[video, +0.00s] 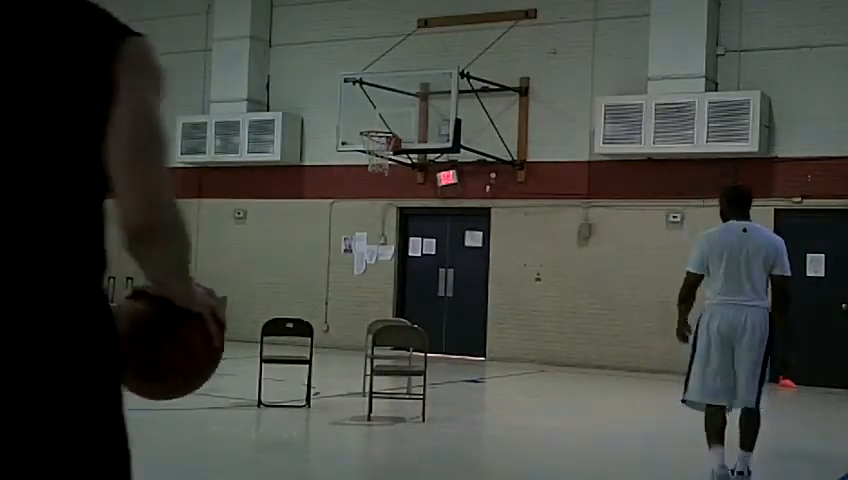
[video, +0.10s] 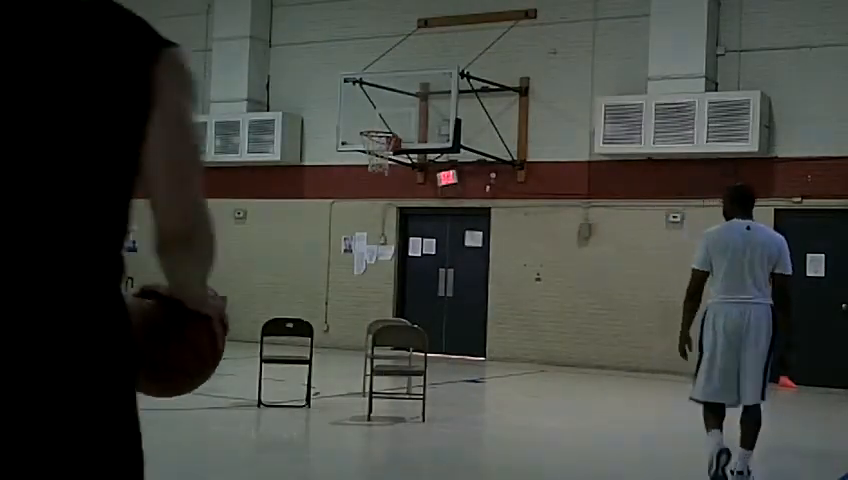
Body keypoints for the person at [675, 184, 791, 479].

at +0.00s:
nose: (719, 210)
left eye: (721, 206)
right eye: (721, 205)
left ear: (724, 208)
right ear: (749, 207)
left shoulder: (710, 240)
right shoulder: (772, 241)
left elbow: (689, 287)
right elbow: (781, 292)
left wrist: (681, 319)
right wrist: (781, 333)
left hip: (716, 319)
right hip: (756, 320)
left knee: (714, 396)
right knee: (751, 397)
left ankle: (717, 466)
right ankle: (743, 466)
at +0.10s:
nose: (722, 208)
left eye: (724, 204)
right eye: (724, 204)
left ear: (728, 207)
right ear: (752, 207)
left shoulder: (713, 236)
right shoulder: (775, 239)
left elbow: (694, 290)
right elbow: (782, 293)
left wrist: (684, 330)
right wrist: (785, 339)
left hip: (719, 317)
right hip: (760, 318)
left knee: (713, 387)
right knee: (754, 394)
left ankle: (716, 446)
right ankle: (741, 466)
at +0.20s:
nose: (722, 207)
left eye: (724, 202)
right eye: (724, 201)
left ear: (731, 204)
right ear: (751, 205)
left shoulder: (714, 236)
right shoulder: (776, 238)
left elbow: (699, 290)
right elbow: (783, 292)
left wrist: (687, 334)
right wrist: (783, 338)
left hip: (721, 316)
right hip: (761, 318)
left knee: (713, 387)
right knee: (754, 395)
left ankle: (716, 443)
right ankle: (742, 467)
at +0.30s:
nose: (721, 210)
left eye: (722, 205)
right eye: (722, 205)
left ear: (728, 207)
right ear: (750, 206)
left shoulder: (717, 237)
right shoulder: (776, 238)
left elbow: (702, 290)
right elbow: (783, 289)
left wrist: (692, 334)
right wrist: (779, 327)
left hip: (723, 312)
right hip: (761, 314)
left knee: (715, 387)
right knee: (753, 393)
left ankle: (716, 456)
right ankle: (742, 466)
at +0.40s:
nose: (717, 214)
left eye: (719, 209)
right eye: (719, 208)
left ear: (727, 210)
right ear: (747, 211)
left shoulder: (716, 241)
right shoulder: (774, 241)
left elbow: (705, 290)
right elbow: (782, 290)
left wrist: (697, 336)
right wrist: (780, 326)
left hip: (724, 315)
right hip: (761, 316)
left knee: (719, 389)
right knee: (753, 394)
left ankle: (719, 456)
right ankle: (742, 466)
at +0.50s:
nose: (712, 217)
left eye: (715, 212)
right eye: (713, 211)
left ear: (724, 214)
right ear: (741, 213)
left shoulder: (715, 245)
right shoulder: (769, 243)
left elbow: (706, 293)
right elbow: (779, 291)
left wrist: (697, 339)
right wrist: (774, 324)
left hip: (725, 317)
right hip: (760, 317)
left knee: (721, 390)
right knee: (754, 393)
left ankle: (726, 455)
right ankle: (744, 462)